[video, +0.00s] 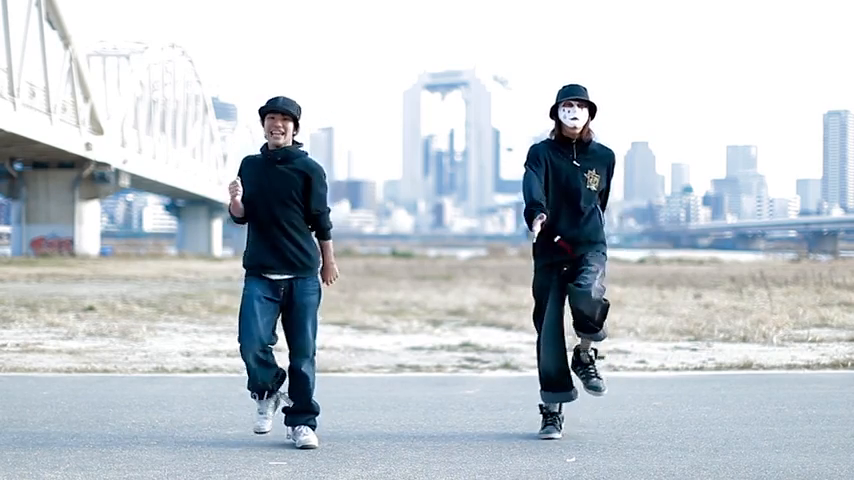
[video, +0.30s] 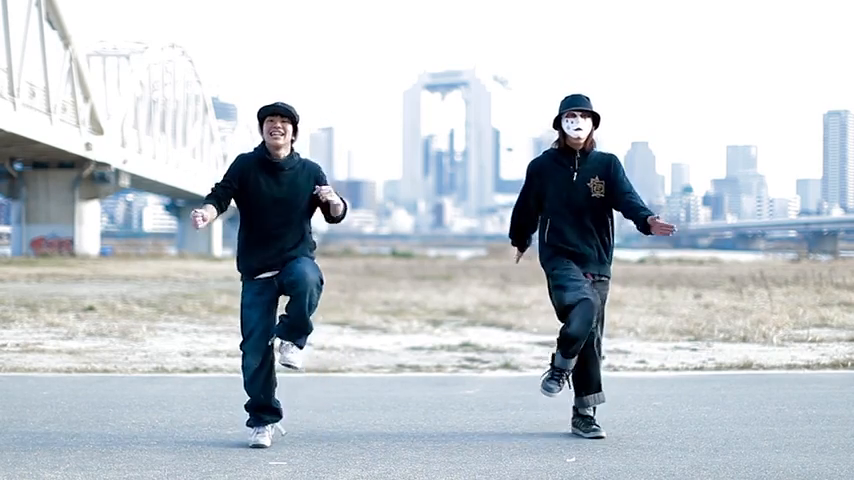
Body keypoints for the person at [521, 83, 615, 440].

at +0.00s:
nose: (573, 113)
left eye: (579, 107)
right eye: (567, 107)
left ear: (589, 114)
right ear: (556, 113)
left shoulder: (603, 156)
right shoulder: (541, 152)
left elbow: (601, 202)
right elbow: (533, 194)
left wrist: (587, 230)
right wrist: (537, 219)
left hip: (590, 246)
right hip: (550, 246)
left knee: (587, 297)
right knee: (549, 327)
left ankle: (585, 354)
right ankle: (551, 407)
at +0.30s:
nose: (577, 123)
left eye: (583, 118)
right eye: (571, 118)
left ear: (592, 124)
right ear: (560, 123)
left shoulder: (606, 164)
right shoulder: (542, 166)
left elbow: (626, 198)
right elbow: (527, 206)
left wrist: (646, 219)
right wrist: (520, 239)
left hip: (598, 259)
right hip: (559, 256)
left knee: (591, 335)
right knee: (586, 308)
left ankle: (584, 412)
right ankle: (561, 364)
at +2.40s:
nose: (591, 128)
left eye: (598, 124)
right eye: (585, 123)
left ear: (607, 134)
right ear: (574, 128)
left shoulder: (606, 183)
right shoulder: (554, 154)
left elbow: (632, 227)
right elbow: (550, 111)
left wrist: (597, 233)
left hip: (578, 262)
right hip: (540, 256)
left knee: (576, 331)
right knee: (539, 336)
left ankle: (585, 407)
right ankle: (548, 413)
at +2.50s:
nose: (598, 135)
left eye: (602, 129)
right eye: (592, 128)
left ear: (606, 137)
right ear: (577, 131)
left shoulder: (610, 182)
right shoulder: (556, 157)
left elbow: (636, 223)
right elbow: (542, 114)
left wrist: (607, 236)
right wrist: (586, 125)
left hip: (584, 263)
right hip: (546, 256)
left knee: (582, 338)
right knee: (547, 333)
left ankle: (584, 412)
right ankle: (551, 412)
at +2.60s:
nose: (587, 115)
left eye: (594, 110)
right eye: (581, 110)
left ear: (604, 119)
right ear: (572, 116)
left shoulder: (614, 165)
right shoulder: (553, 144)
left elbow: (645, 202)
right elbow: (531, 98)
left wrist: (611, 220)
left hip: (590, 252)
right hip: (551, 246)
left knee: (589, 329)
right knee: (560, 314)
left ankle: (583, 407)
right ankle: (546, 380)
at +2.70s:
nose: (587, 109)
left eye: (594, 105)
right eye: (582, 104)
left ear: (603, 114)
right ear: (572, 110)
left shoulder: (616, 158)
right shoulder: (556, 140)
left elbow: (646, 193)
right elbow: (522, 97)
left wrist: (617, 218)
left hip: (595, 249)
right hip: (558, 243)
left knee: (590, 331)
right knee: (571, 302)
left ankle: (584, 408)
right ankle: (552, 362)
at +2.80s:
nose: (591, 112)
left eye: (597, 107)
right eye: (585, 106)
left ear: (606, 115)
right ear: (573, 112)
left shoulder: (618, 159)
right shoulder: (556, 143)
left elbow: (647, 194)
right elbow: (513, 128)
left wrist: (623, 216)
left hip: (598, 250)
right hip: (561, 245)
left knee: (593, 330)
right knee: (572, 318)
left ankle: (585, 407)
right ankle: (556, 380)